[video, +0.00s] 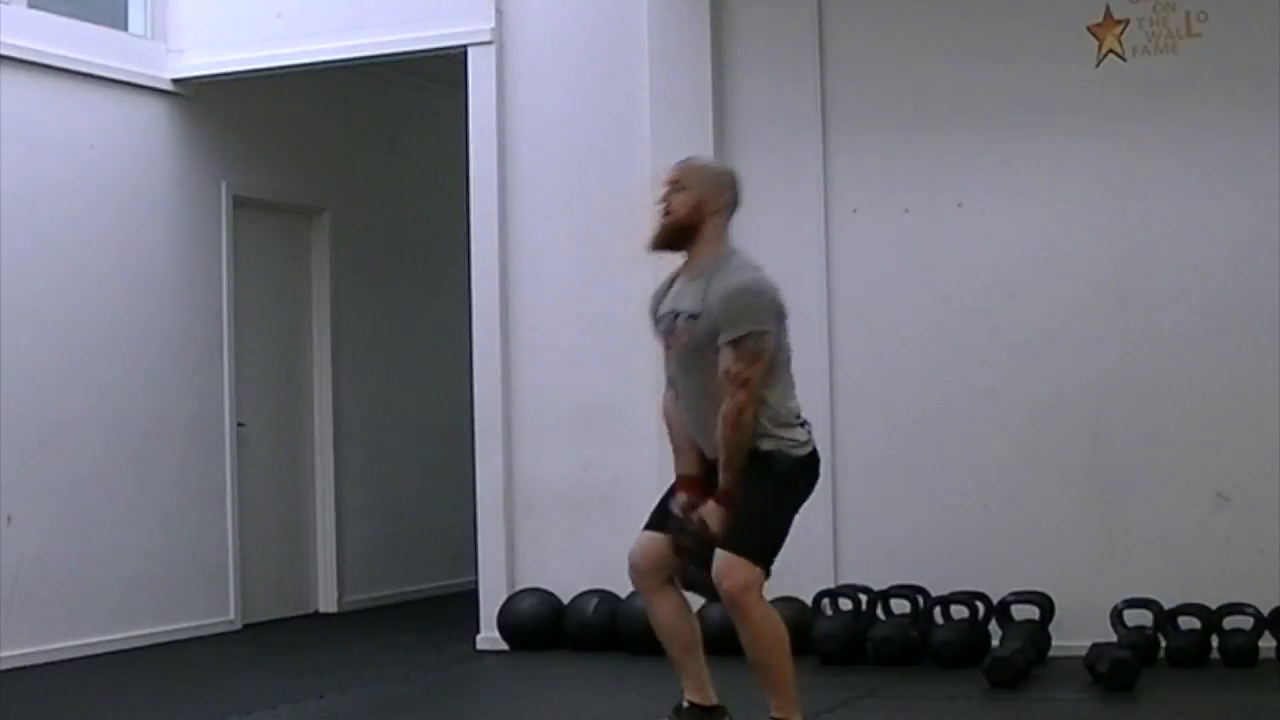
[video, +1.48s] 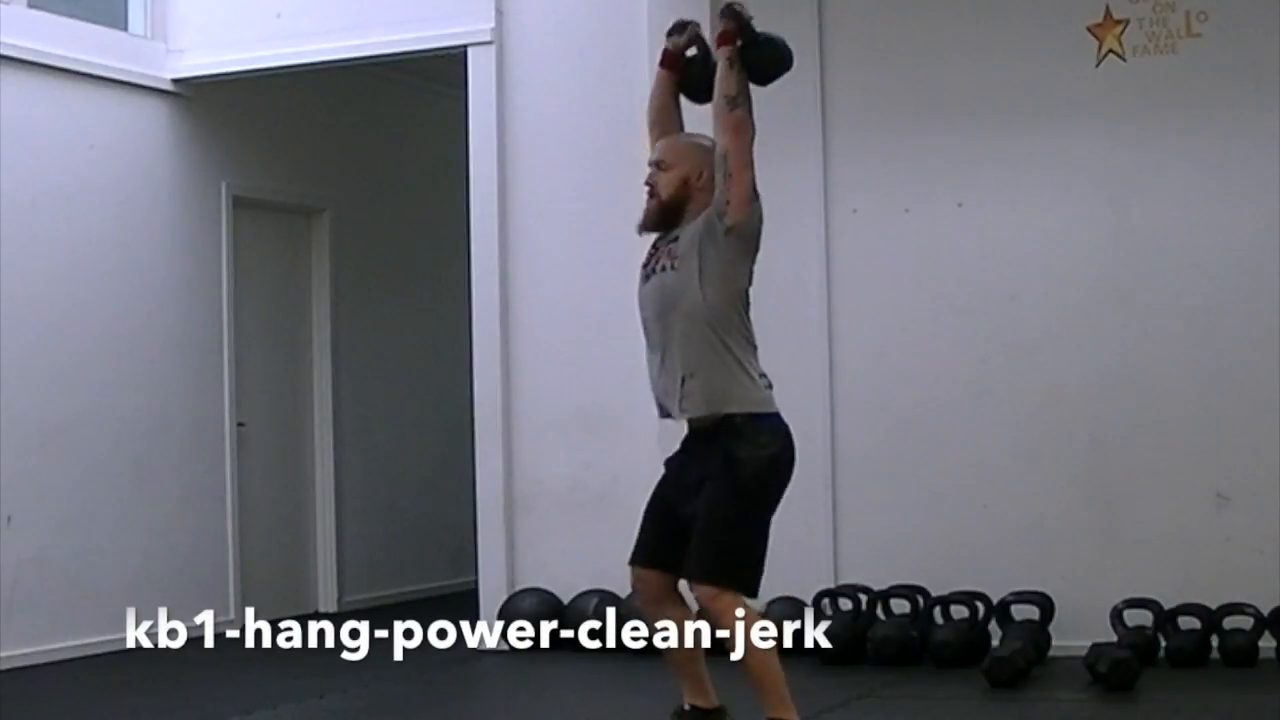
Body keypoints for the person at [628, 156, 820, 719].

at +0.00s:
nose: (662, 200)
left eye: (676, 190)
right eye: (665, 191)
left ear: (712, 204)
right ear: (699, 207)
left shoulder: (745, 287)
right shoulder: (670, 294)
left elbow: (741, 404)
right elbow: (676, 394)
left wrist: (726, 493)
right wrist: (688, 475)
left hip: (775, 458)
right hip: (715, 460)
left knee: (736, 579)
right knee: (649, 564)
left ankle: (788, 713)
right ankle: (701, 702)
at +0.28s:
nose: (728, 160)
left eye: (743, 150)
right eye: (730, 150)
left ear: (781, 165)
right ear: (742, 166)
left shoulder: (797, 231)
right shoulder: (732, 235)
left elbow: (784, 331)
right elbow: (724, 335)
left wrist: (698, 329)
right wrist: (659, 332)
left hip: (768, 427)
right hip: (716, 425)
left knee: (756, 568)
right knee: (688, 562)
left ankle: (791, 711)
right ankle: (705, 702)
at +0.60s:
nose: (700, 151)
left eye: (714, 141)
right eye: (701, 142)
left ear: (752, 158)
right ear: (712, 161)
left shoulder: (768, 234)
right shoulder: (697, 231)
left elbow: (704, 304)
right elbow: (645, 319)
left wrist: (681, 239)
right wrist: (638, 248)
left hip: (754, 424)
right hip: (698, 426)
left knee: (750, 570)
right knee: (681, 565)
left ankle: (791, 711)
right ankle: (704, 704)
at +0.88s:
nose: (690, 202)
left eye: (705, 193)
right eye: (693, 191)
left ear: (741, 208)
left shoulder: (767, 286)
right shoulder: (688, 283)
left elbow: (704, 358)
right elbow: (636, 367)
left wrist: (696, 269)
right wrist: (663, 289)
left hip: (743, 471)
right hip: (683, 473)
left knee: (693, 601)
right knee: (624, 594)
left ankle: (781, 714)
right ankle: (699, 704)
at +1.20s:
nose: (722, 124)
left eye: (737, 119)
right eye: (727, 118)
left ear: (763, 150)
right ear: (735, 150)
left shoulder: (768, 213)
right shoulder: (697, 216)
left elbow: (688, 216)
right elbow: (618, 231)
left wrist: (691, 150)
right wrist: (648, 167)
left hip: (735, 402)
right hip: (679, 401)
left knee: (730, 556)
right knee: (668, 556)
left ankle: (779, 707)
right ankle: (695, 699)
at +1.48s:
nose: (650, 179)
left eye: (662, 170)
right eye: (651, 170)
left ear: (702, 178)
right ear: (665, 182)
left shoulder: (725, 238)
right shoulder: (669, 239)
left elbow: (737, 138)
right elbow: (663, 143)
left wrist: (730, 58)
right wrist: (668, 67)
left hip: (751, 439)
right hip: (702, 443)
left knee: (715, 588)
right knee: (650, 574)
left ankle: (784, 712)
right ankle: (701, 704)